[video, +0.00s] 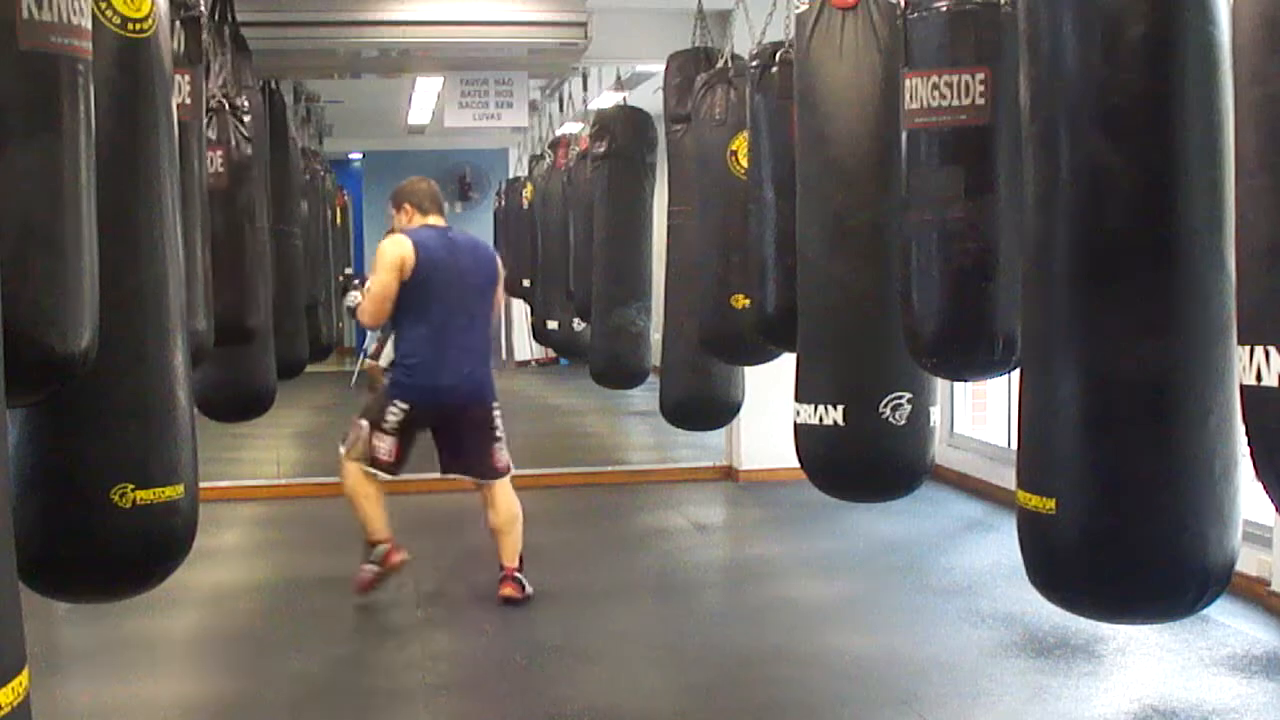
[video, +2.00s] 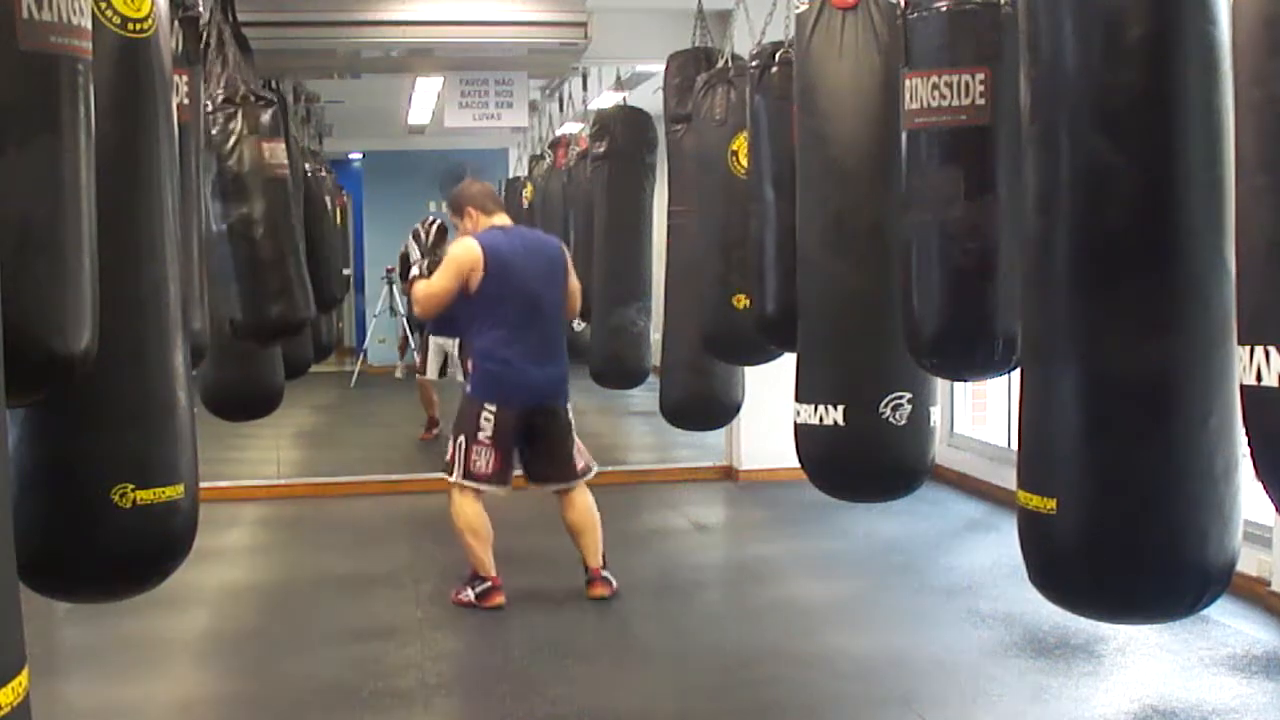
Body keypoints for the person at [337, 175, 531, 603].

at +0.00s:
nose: (393, 224)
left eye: (393, 216)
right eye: (392, 217)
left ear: (407, 211)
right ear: (442, 211)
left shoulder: (398, 246)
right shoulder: (487, 253)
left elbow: (372, 317)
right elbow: (495, 311)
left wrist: (362, 295)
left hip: (414, 385)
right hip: (473, 388)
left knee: (354, 461)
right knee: (497, 482)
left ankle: (381, 546)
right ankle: (512, 572)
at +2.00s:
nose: (460, 230)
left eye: (458, 224)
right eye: (458, 224)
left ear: (470, 215)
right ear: (501, 209)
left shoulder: (468, 249)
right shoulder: (554, 247)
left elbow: (426, 304)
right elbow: (572, 308)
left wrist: (417, 276)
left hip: (494, 388)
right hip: (550, 388)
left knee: (464, 487)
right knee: (570, 484)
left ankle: (486, 581)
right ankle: (598, 573)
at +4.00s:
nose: (333, 262)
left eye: (332, 254)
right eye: (332, 256)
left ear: (342, 248)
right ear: (372, 242)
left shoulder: (357, 274)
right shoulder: (420, 271)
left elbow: (358, 340)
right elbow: (422, 339)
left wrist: (308, 341)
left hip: (392, 409)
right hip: (443, 406)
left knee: (310, 476)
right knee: (484, 484)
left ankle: (318, 582)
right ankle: (548, 555)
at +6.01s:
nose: (279, 240)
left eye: (280, 233)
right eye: (279, 235)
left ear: (292, 229)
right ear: (323, 229)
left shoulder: (305, 248)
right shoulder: (345, 269)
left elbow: (245, 293)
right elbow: (325, 344)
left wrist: (245, 256)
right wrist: (273, 344)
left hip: (316, 396)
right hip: (364, 397)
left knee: (255, 489)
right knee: (365, 496)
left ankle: (250, 596)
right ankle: (447, 553)